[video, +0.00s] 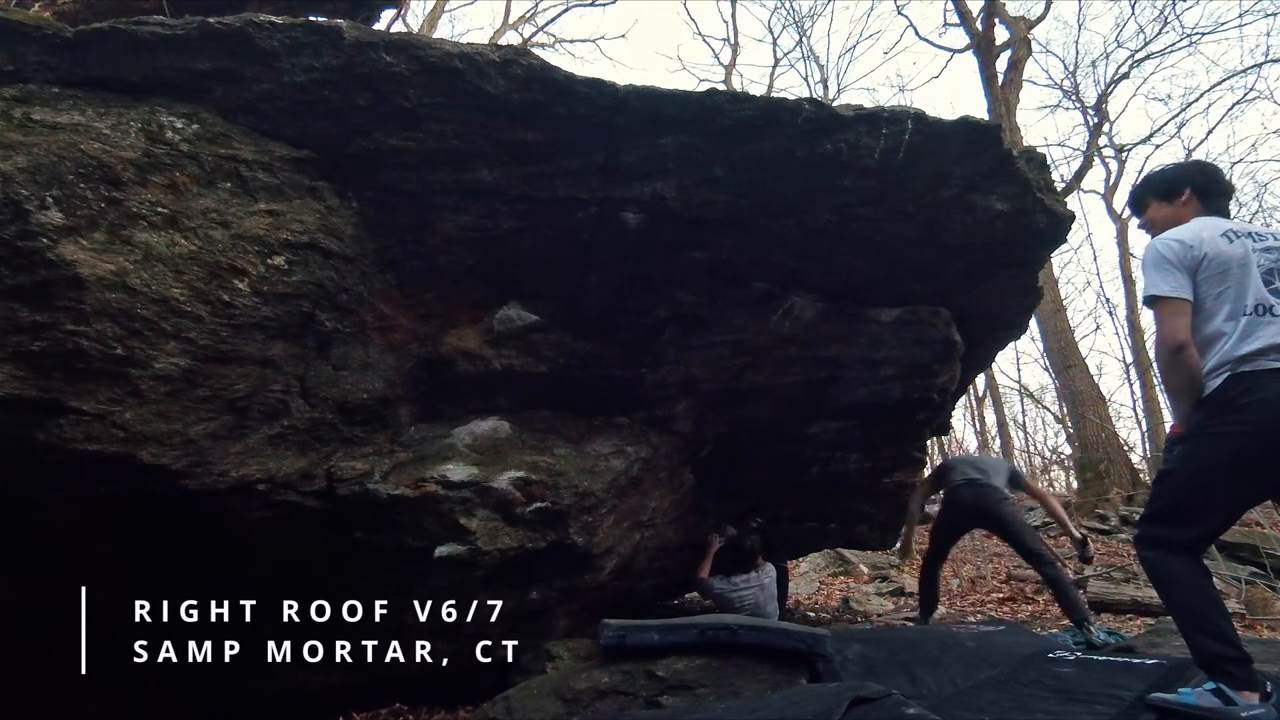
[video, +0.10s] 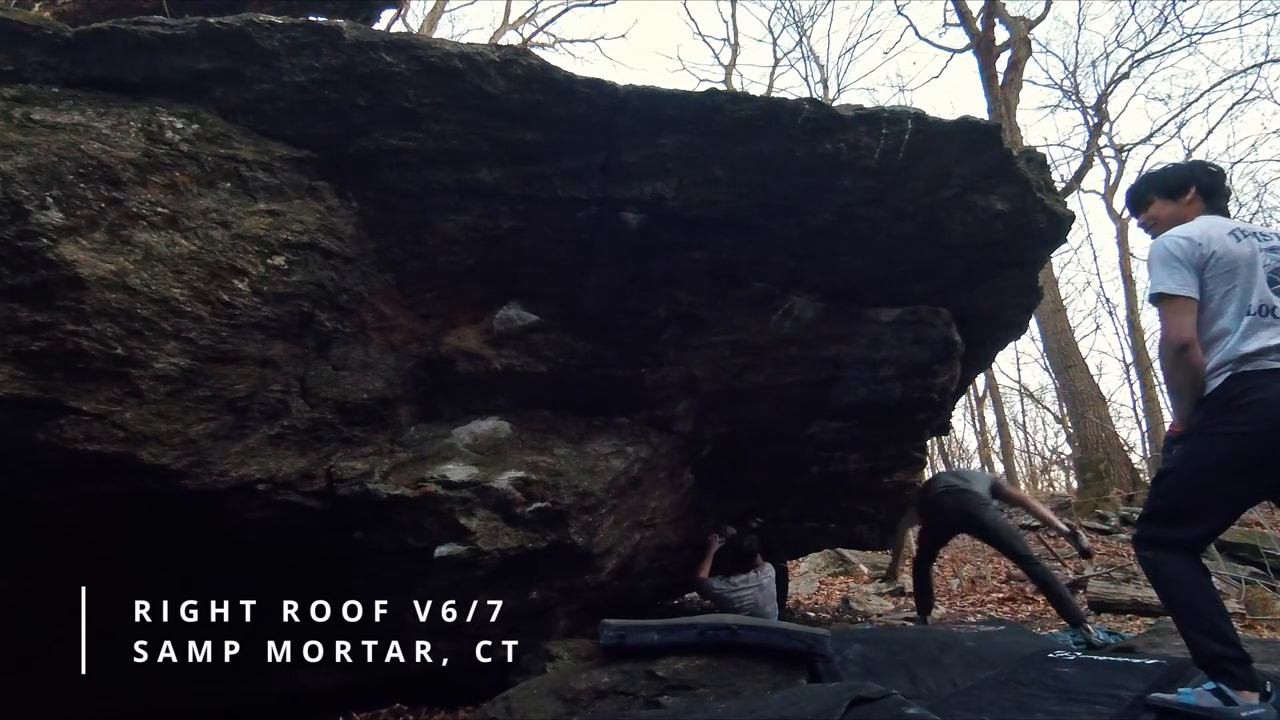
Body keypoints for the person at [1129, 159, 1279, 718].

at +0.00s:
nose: (1143, 226)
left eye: (1147, 214)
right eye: (1140, 218)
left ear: (1184, 197)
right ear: (1200, 202)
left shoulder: (1173, 243)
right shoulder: (1266, 236)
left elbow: (1177, 344)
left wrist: (1184, 418)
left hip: (1250, 399)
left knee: (1164, 539)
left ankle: (1235, 683)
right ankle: (1236, 680)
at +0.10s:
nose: (1145, 226)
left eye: (1149, 213)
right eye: (1142, 218)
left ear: (1190, 196)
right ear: (1201, 201)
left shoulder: (1179, 241)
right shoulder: (1264, 235)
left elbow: (1181, 342)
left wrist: (1184, 417)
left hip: (1250, 398)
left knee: (1163, 538)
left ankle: (1233, 682)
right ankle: (1234, 679)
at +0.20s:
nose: (1146, 227)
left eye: (1149, 214)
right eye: (1142, 220)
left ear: (1190, 195)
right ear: (1200, 200)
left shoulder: (1184, 238)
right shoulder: (1263, 236)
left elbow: (1186, 341)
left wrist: (1186, 417)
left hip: (1252, 397)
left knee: (1162, 537)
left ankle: (1234, 682)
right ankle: (1236, 680)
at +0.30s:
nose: (1146, 226)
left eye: (1149, 212)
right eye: (1142, 219)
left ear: (1189, 194)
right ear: (1201, 199)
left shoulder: (1187, 237)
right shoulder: (1261, 237)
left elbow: (1192, 339)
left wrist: (1189, 417)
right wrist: (1196, 415)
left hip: (1252, 398)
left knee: (1162, 537)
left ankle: (1234, 683)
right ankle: (1235, 680)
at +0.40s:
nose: (1146, 224)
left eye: (1149, 211)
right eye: (1141, 218)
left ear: (1190, 193)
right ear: (1202, 198)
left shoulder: (1191, 234)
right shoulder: (1264, 237)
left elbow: (1199, 336)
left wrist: (1191, 413)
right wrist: (1198, 410)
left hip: (1257, 396)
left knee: (1163, 535)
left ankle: (1235, 684)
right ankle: (1238, 681)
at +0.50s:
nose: (1146, 224)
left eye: (1150, 210)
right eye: (1141, 218)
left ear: (1192, 192)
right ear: (1200, 197)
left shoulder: (1195, 233)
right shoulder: (1258, 236)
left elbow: (1205, 334)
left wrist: (1193, 410)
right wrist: (1199, 408)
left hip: (1258, 392)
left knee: (1163, 533)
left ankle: (1235, 683)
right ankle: (1237, 680)